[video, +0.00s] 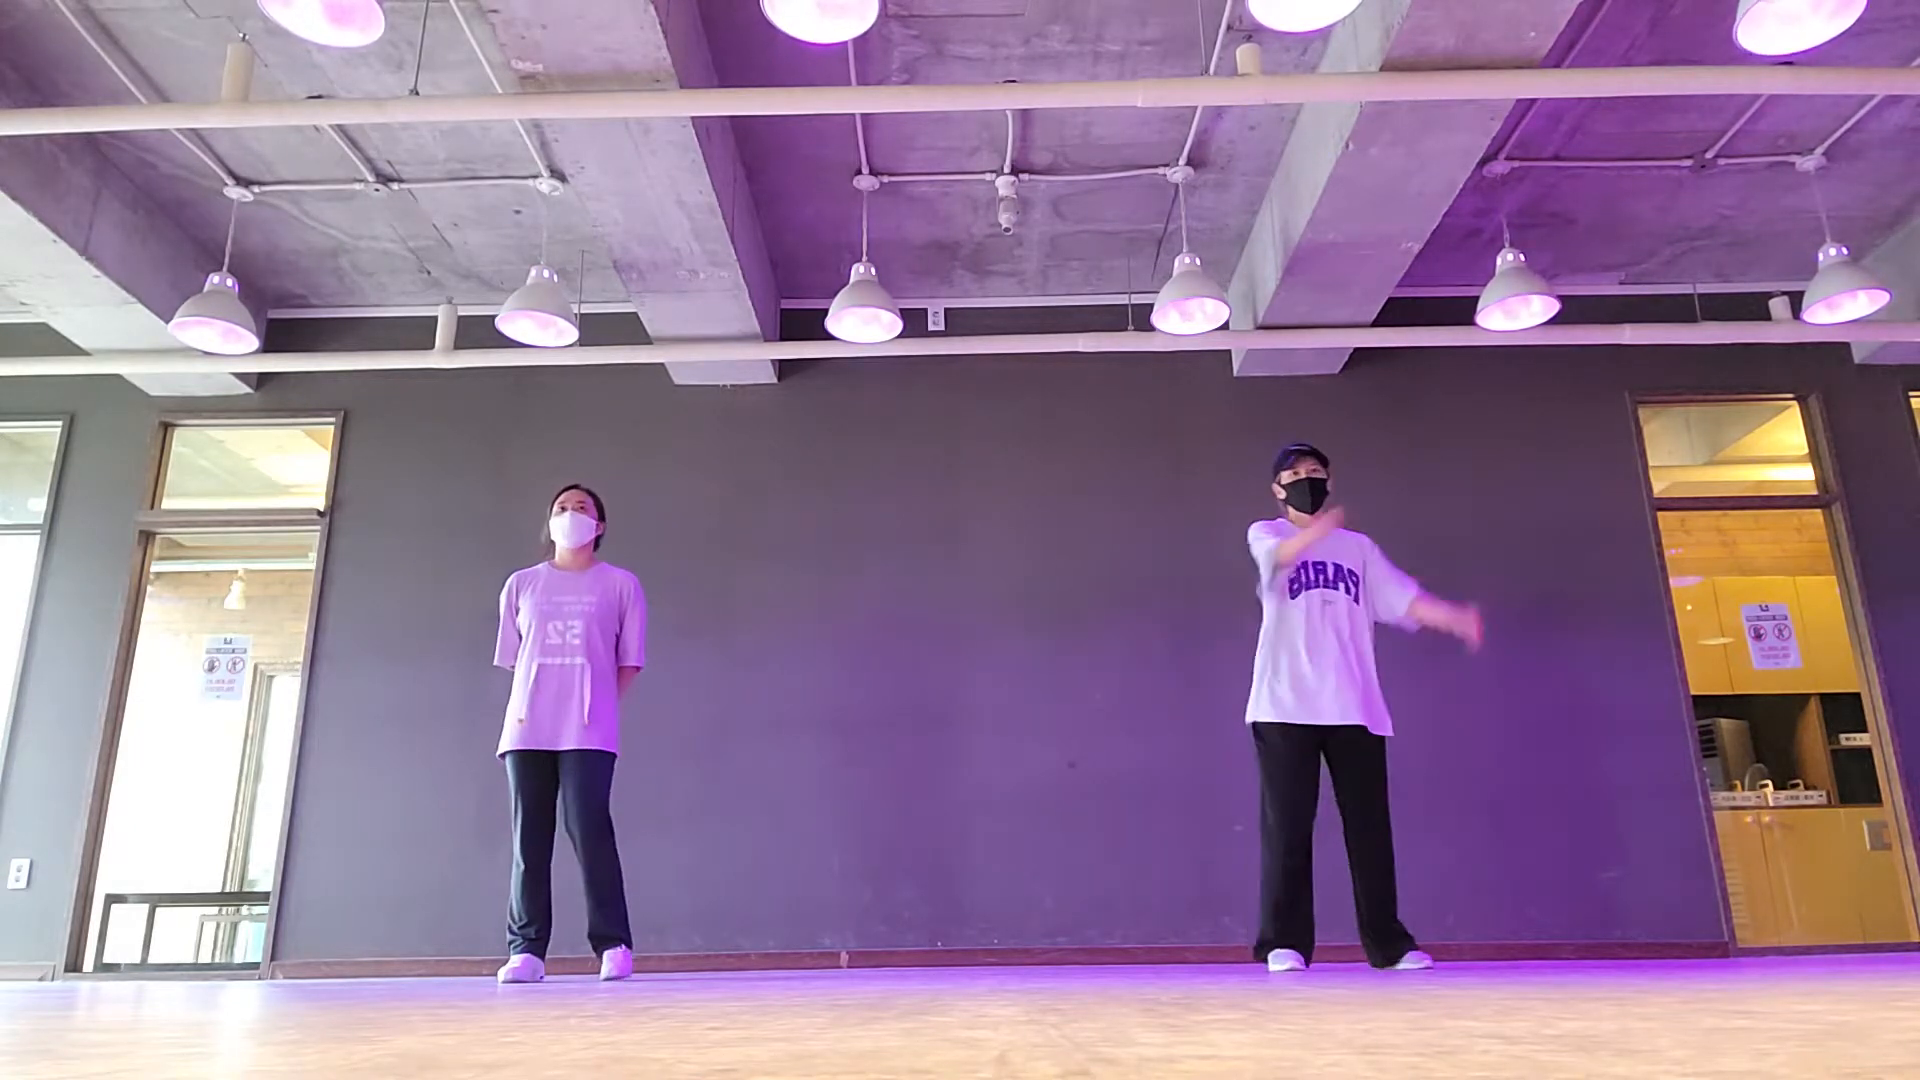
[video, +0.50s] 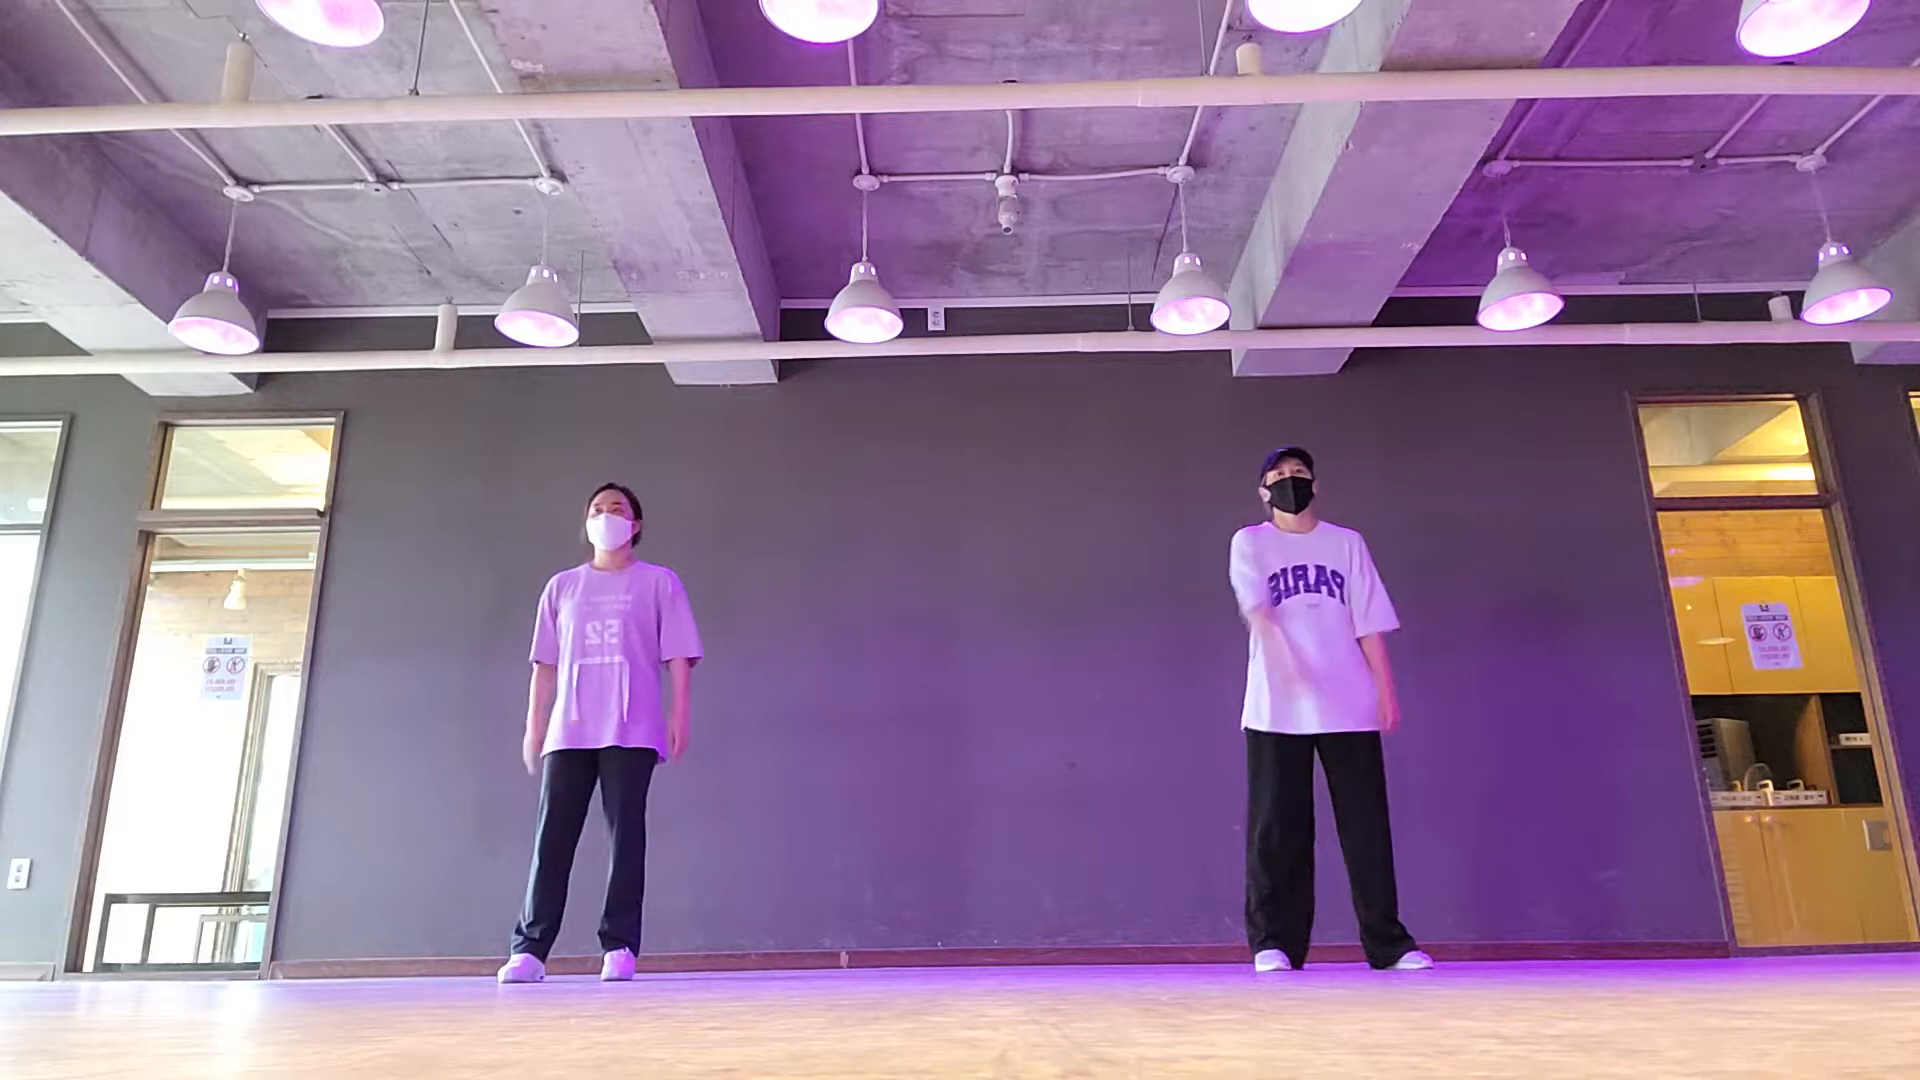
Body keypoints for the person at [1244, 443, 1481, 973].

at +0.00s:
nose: (1308, 482)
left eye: (1316, 474)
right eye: (1295, 476)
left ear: (1329, 484)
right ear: (1278, 489)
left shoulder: (1358, 548)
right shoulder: (1266, 534)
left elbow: (1405, 599)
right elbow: (1278, 557)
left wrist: (1455, 617)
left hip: (1355, 705)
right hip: (1284, 705)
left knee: (1371, 831)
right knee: (1287, 832)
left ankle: (1390, 946)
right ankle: (1283, 946)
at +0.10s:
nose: (1313, 481)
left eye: (1322, 474)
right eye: (1301, 475)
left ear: (1336, 484)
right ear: (1285, 489)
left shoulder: (1369, 545)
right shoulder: (1271, 534)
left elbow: (1408, 586)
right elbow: (1311, 550)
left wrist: (1437, 572)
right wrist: (1366, 514)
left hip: (1357, 705)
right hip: (1285, 702)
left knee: (1371, 830)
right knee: (1288, 829)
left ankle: (1389, 947)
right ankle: (1283, 945)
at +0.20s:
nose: (1312, 488)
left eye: (1322, 479)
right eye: (1301, 481)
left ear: (1336, 486)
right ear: (1284, 489)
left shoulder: (1371, 544)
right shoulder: (1272, 535)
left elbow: (1403, 588)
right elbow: (1320, 561)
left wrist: (1423, 556)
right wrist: (1395, 538)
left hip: (1359, 702)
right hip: (1287, 699)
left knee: (1368, 824)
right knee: (1283, 822)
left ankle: (1387, 946)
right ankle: (1273, 943)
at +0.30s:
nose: (1306, 486)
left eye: (1315, 477)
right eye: (1295, 479)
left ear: (1330, 487)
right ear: (1280, 491)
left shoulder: (1366, 544)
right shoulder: (1266, 536)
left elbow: (1390, 606)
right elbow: (1312, 574)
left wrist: (1408, 582)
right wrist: (1389, 572)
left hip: (1359, 704)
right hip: (1286, 702)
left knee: (1370, 829)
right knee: (1279, 829)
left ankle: (1386, 947)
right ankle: (1270, 944)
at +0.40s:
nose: (1299, 487)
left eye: (1308, 478)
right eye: (1288, 480)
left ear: (1322, 487)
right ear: (1272, 491)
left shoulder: (1355, 544)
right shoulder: (1259, 539)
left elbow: (1386, 599)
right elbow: (1289, 590)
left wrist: (1397, 640)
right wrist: (1368, 618)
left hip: (1357, 706)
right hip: (1284, 707)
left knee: (1371, 831)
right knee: (1279, 832)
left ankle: (1386, 947)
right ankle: (1272, 945)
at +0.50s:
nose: (1290, 484)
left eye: (1299, 476)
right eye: (1279, 478)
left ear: (1314, 486)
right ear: (1264, 491)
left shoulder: (1347, 543)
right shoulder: (1249, 543)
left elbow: (1369, 626)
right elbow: (1256, 609)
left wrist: (1386, 690)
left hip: (1348, 708)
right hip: (1277, 712)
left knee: (1367, 830)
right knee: (1276, 832)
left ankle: (1389, 946)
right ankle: (1274, 946)